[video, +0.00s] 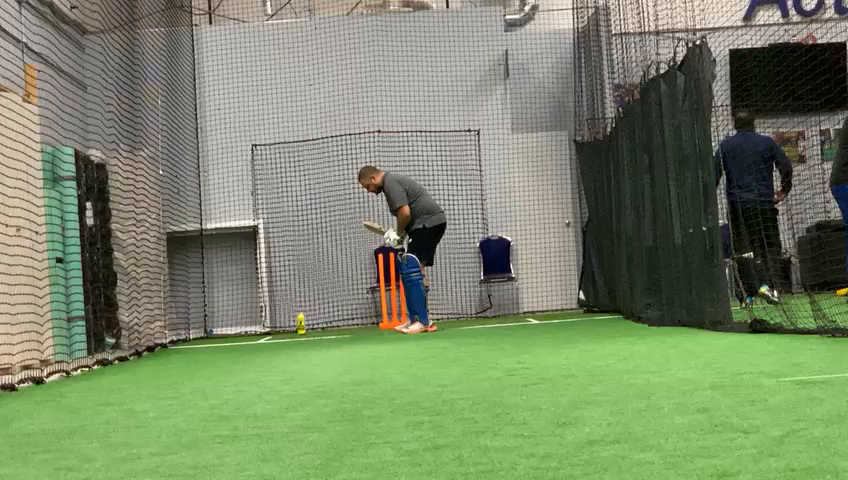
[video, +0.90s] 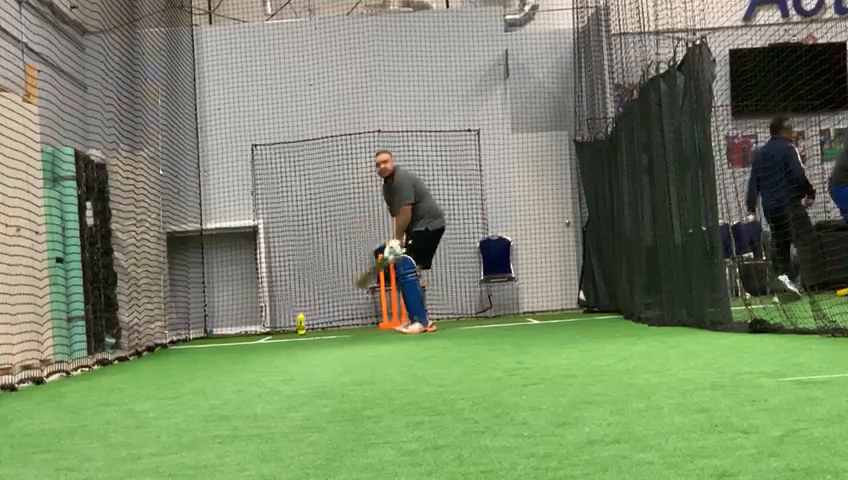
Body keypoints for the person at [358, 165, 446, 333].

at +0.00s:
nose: (368, 191)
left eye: (367, 186)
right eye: (366, 188)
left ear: (374, 178)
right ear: (374, 178)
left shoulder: (390, 182)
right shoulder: (390, 182)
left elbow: (404, 213)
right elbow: (403, 213)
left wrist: (399, 233)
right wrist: (398, 233)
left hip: (428, 223)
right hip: (425, 223)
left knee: (415, 269)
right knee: (413, 269)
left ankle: (422, 320)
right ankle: (416, 318)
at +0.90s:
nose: (382, 167)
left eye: (385, 162)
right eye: (378, 164)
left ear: (393, 162)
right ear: (376, 168)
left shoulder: (402, 179)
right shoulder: (387, 186)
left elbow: (406, 212)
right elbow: (397, 215)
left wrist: (397, 238)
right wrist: (400, 238)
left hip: (429, 225)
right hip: (416, 227)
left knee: (413, 269)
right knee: (410, 269)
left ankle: (421, 319)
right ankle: (419, 317)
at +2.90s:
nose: (387, 171)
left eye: (391, 167)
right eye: (383, 168)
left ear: (398, 168)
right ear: (379, 171)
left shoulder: (404, 188)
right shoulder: (385, 195)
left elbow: (405, 223)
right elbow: (394, 223)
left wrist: (396, 249)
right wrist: (395, 245)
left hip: (432, 230)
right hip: (418, 231)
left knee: (404, 265)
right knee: (398, 266)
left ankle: (420, 321)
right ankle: (413, 319)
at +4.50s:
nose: (373, 176)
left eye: (376, 172)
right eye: (369, 173)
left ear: (383, 173)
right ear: (366, 176)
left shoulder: (391, 190)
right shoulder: (372, 193)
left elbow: (392, 224)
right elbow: (382, 217)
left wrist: (379, 234)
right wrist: (376, 224)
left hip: (416, 229)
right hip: (400, 231)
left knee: (388, 258)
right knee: (381, 272)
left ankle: (407, 314)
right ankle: (403, 316)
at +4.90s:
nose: (353, 197)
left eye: (356, 192)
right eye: (350, 193)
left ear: (365, 189)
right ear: (347, 194)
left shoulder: (371, 204)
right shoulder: (376, 197)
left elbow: (372, 240)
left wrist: (365, 242)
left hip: (401, 243)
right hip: (396, 242)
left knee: (373, 273)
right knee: (364, 275)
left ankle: (399, 324)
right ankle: (380, 324)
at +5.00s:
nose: (347, 200)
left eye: (350, 195)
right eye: (344, 197)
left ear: (360, 190)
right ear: (342, 197)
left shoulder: (367, 205)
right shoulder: (369, 199)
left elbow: (365, 241)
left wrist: (357, 243)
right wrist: (364, 227)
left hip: (399, 243)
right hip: (391, 243)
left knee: (373, 272)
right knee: (360, 279)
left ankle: (398, 324)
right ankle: (382, 324)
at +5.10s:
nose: (344, 197)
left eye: (346, 192)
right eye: (341, 194)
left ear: (356, 187)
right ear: (340, 193)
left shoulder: (367, 199)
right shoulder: (359, 204)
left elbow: (360, 232)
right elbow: (358, 229)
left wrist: (341, 238)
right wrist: (342, 235)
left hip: (399, 240)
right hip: (381, 245)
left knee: (383, 272)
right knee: (359, 282)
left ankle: (397, 323)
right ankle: (380, 324)